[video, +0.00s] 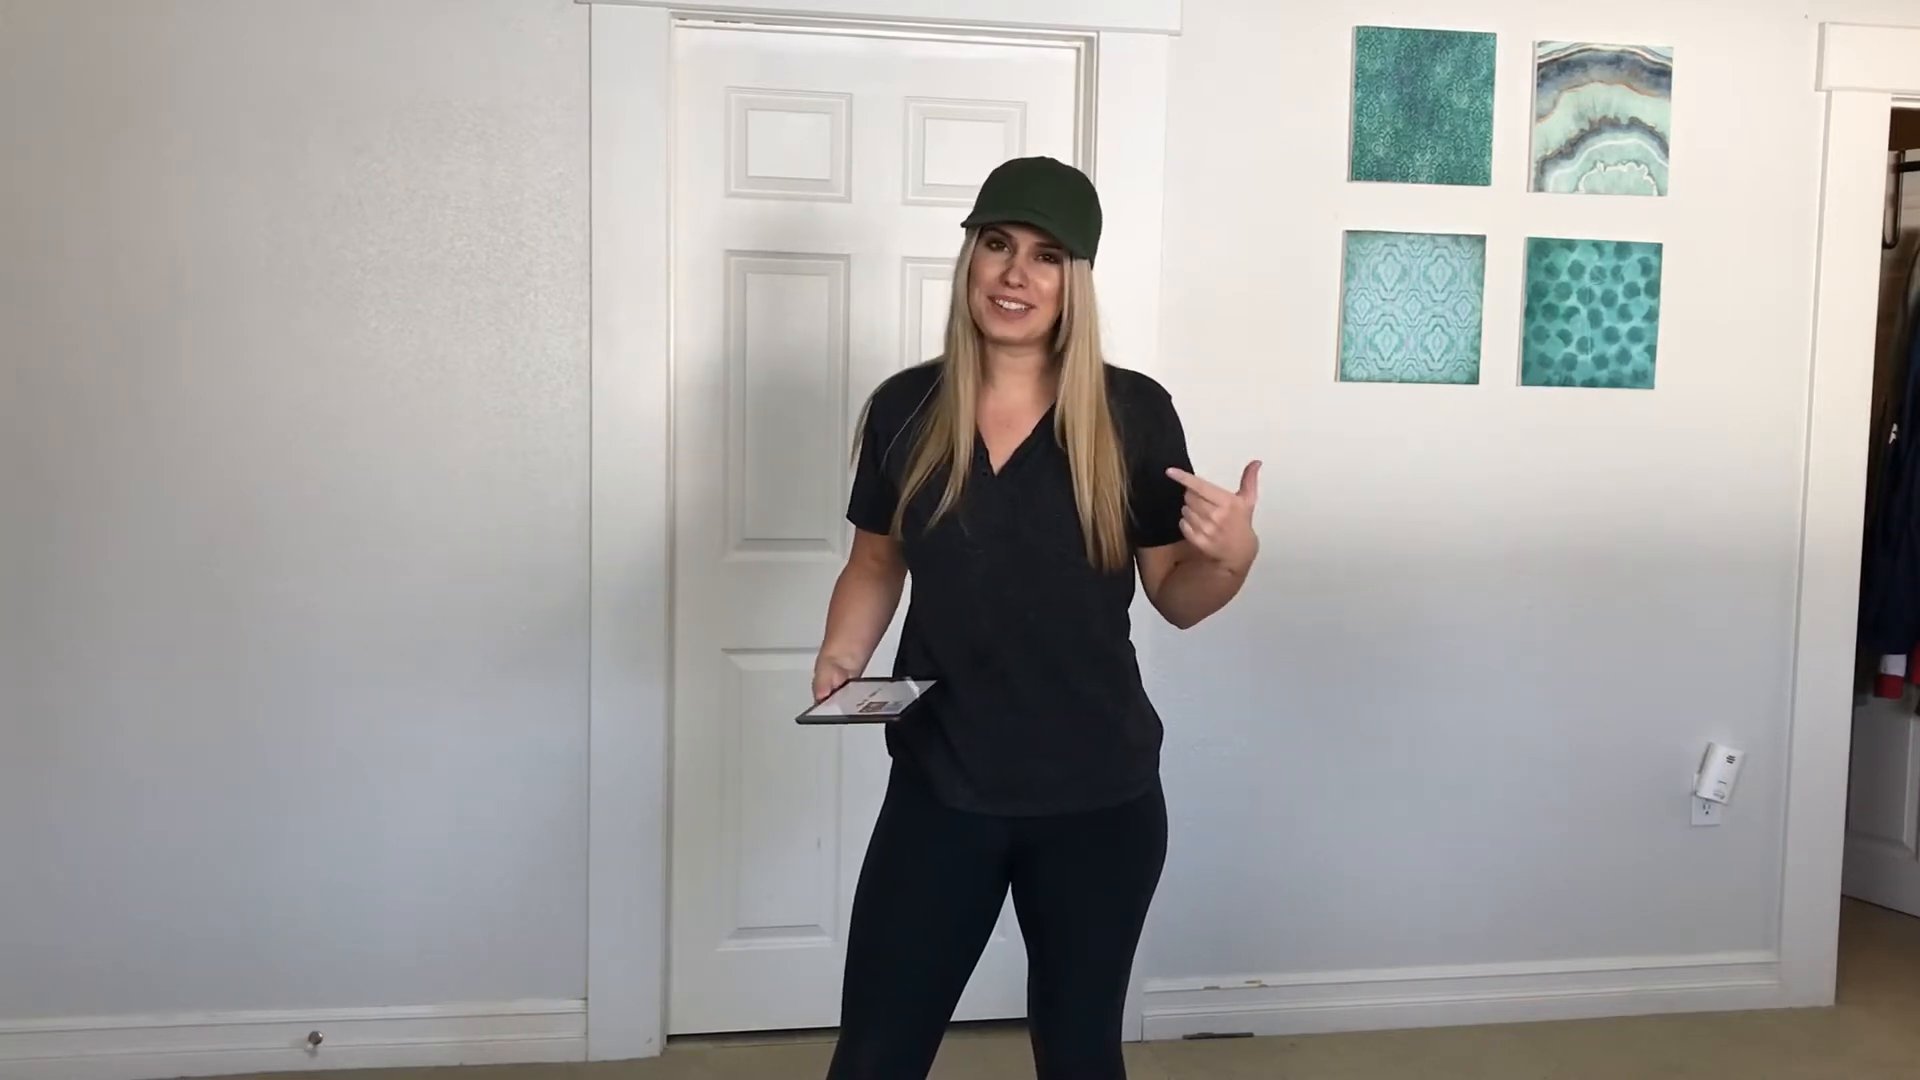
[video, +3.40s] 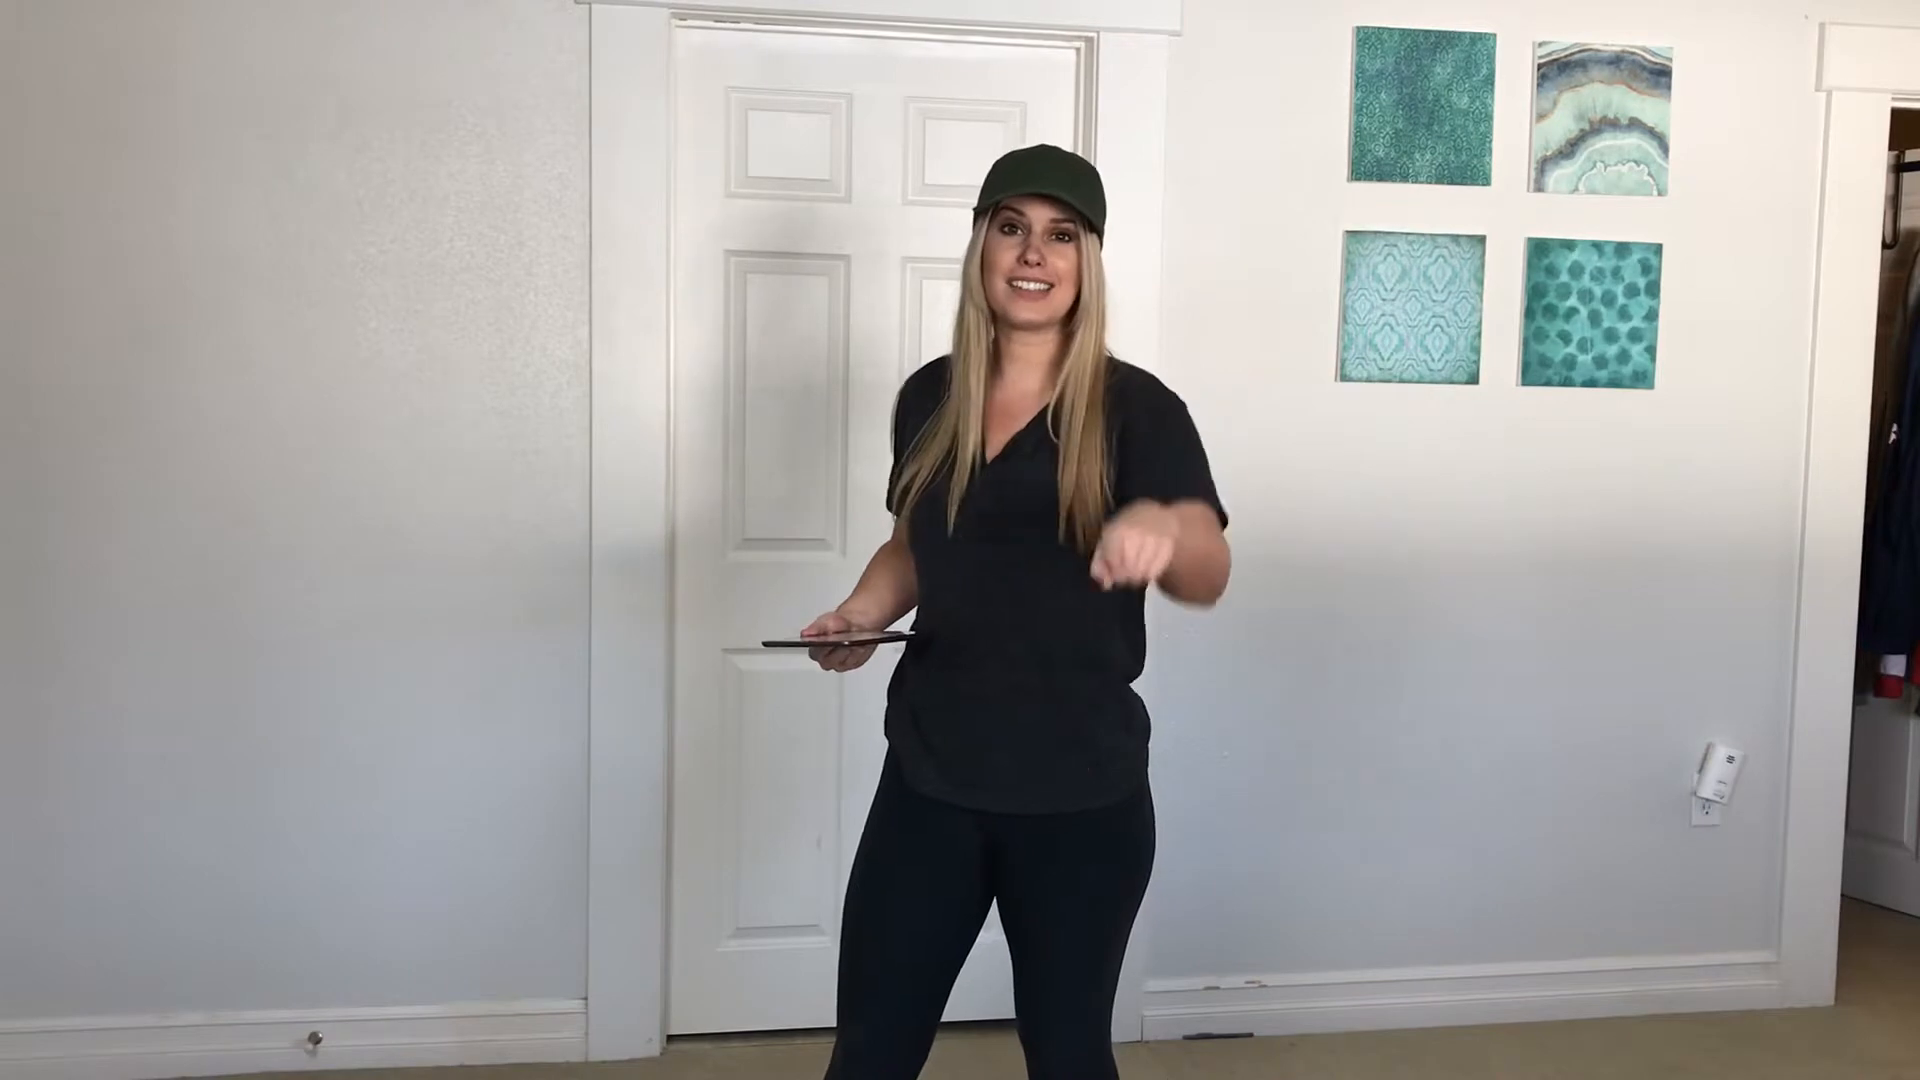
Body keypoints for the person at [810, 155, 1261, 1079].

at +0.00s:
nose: (1015, 272)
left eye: (1044, 256)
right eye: (998, 246)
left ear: (1076, 281)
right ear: (967, 261)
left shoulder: (1132, 411)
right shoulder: (907, 408)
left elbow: (1178, 598)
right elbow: (875, 562)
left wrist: (1229, 559)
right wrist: (840, 658)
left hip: (1096, 792)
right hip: (943, 786)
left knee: (1078, 1055)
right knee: (875, 1056)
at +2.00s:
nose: (1000, 263)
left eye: (1031, 247)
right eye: (987, 238)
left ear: (1068, 276)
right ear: (963, 254)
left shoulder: (1127, 407)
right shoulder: (914, 414)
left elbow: (1192, 591)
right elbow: (899, 567)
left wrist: (1220, 546)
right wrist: (835, 641)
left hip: (1093, 801)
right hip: (941, 797)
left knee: (1077, 1057)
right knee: (875, 1059)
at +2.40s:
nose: (1024, 252)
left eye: (1051, 236)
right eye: (1004, 228)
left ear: (1077, 269)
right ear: (970, 250)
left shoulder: (1123, 405)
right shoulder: (923, 404)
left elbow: (1271, 534)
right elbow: (908, 552)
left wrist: (1208, 428)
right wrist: (848, 631)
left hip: (1086, 799)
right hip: (937, 793)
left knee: (1072, 1059)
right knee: (874, 1058)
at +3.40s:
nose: (1031, 252)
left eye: (1059, 234)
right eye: (1009, 228)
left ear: (1090, 261)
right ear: (978, 251)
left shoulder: (1140, 409)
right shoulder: (930, 399)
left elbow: (1207, 578)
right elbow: (916, 542)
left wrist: (1163, 527)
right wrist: (865, 609)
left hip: (1079, 798)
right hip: (929, 790)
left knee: (1068, 1056)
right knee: (869, 1056)